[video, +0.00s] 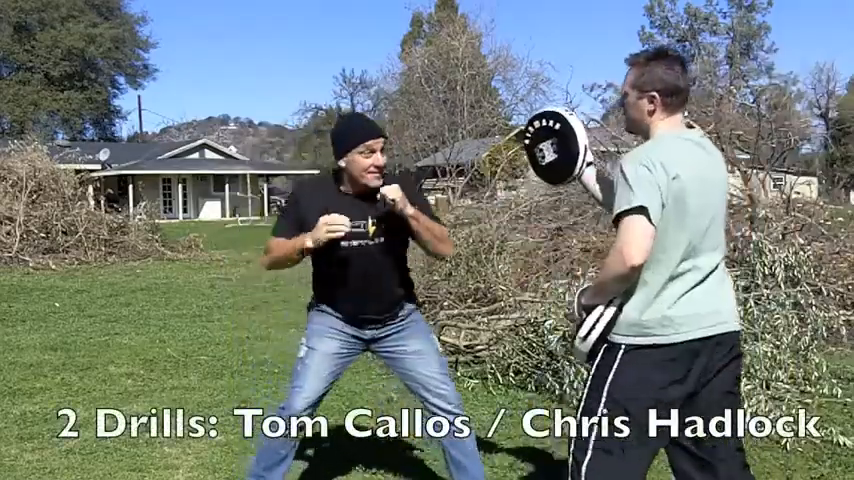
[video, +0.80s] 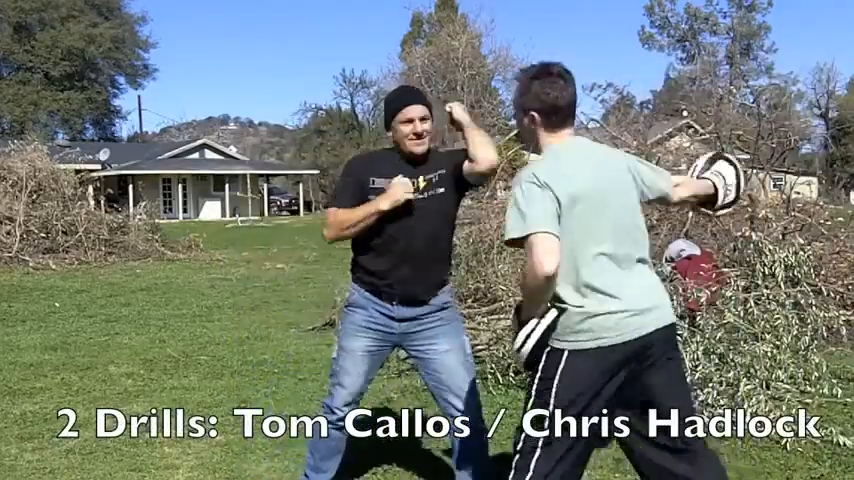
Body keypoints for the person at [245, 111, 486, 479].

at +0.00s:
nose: (380, 162)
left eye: (382, 151)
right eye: (368, 153)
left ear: (386, 152)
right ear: (342, 158)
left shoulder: (401, 189)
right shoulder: (310, 194)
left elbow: (445, 247)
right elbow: (271, 258)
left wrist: (408, 211)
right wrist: (309, 240)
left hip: (401, 321)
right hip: (333, 323)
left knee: (448, 408)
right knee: (296, 408)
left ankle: (472, 476)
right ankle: (261, 476)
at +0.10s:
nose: (434, 145)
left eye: (436, 137)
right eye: (423, 137)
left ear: (439, 144)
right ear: (396, 146)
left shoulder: (446, 191)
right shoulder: (354, 188)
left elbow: (473, 229)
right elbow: (302, 222)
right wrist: (271, 264)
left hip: (419, 327)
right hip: (359, 326)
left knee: (464, 412)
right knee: (324, 419)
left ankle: (480, 476)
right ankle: (273, 476)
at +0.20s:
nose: (487, 149)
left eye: (486, 142)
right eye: (478, 140)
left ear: (458, 149)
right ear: (452, 145)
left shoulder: (454, 195)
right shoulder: (424, 171)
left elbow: (433, 237)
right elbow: (376, 169)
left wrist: (465, 237)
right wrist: (335, 162)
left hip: (418, 323)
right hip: (377, 313)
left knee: (456, 411)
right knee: (350, 418)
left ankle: (474, 476)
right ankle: (274, 469)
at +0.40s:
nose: (499, 156)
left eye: (500, 149)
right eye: (492, 147)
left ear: (468, 151)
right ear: (462, 148)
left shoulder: (464, 189)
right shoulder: (446, 171)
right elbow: (477, 196)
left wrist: (485, 221)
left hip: (429, 320)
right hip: (392, 310)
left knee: (464, 410)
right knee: (367, 413)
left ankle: (474, 476)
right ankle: (289, 474)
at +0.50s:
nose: (496, 148)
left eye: (498, 141)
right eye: (488, 139)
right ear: (459, 142)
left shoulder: (470, 193)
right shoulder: (425, 173)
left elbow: (468, 256)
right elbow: (406, 232)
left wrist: (493, 225)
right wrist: (473, 220)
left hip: (438, 317)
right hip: (394, 308)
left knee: (472, 410)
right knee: (371, 410)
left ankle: (478, 477)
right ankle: (294, 472)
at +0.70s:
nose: (439, 130)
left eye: (443, 123)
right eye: (429, 123)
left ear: (446, 130)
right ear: (405, 129)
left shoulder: (458, 180)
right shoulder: (375, 168)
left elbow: (486, 240)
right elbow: (358, 231)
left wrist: (483, 184)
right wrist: (414, 198)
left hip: (440, 315)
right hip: (380, 313)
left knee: (468, 410)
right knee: (354, 409)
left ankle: (473, 477)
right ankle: (323, 475)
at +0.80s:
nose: (418, 128)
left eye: (424, 119)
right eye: (407, 121)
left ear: (433, 123)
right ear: (390, 128)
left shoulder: (449, 163)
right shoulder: (363, 166)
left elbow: (487, 162)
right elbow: (332, 228)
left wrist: (466, 121)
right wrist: (382, 203)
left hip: (434, 311)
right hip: (369, 309)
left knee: (465, 409)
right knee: (340, 404)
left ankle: (470, 475)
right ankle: (317, 475)